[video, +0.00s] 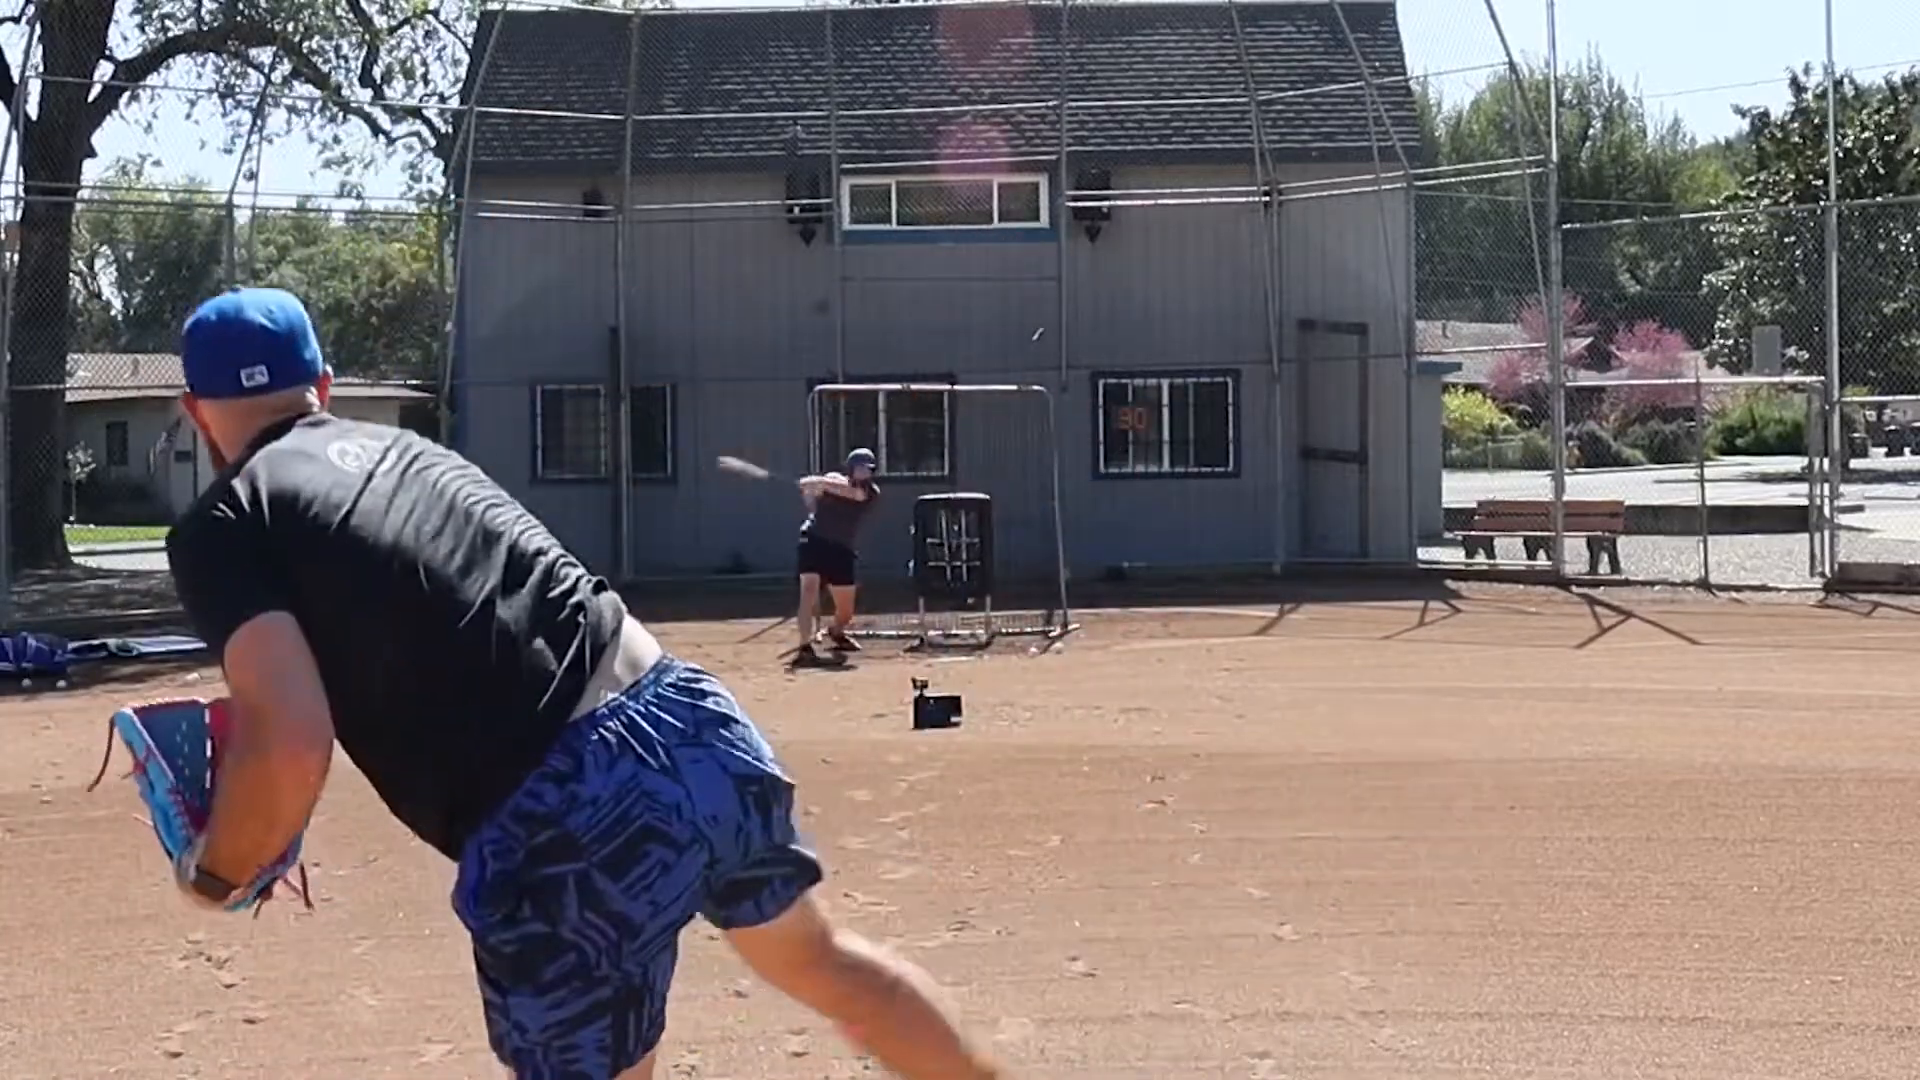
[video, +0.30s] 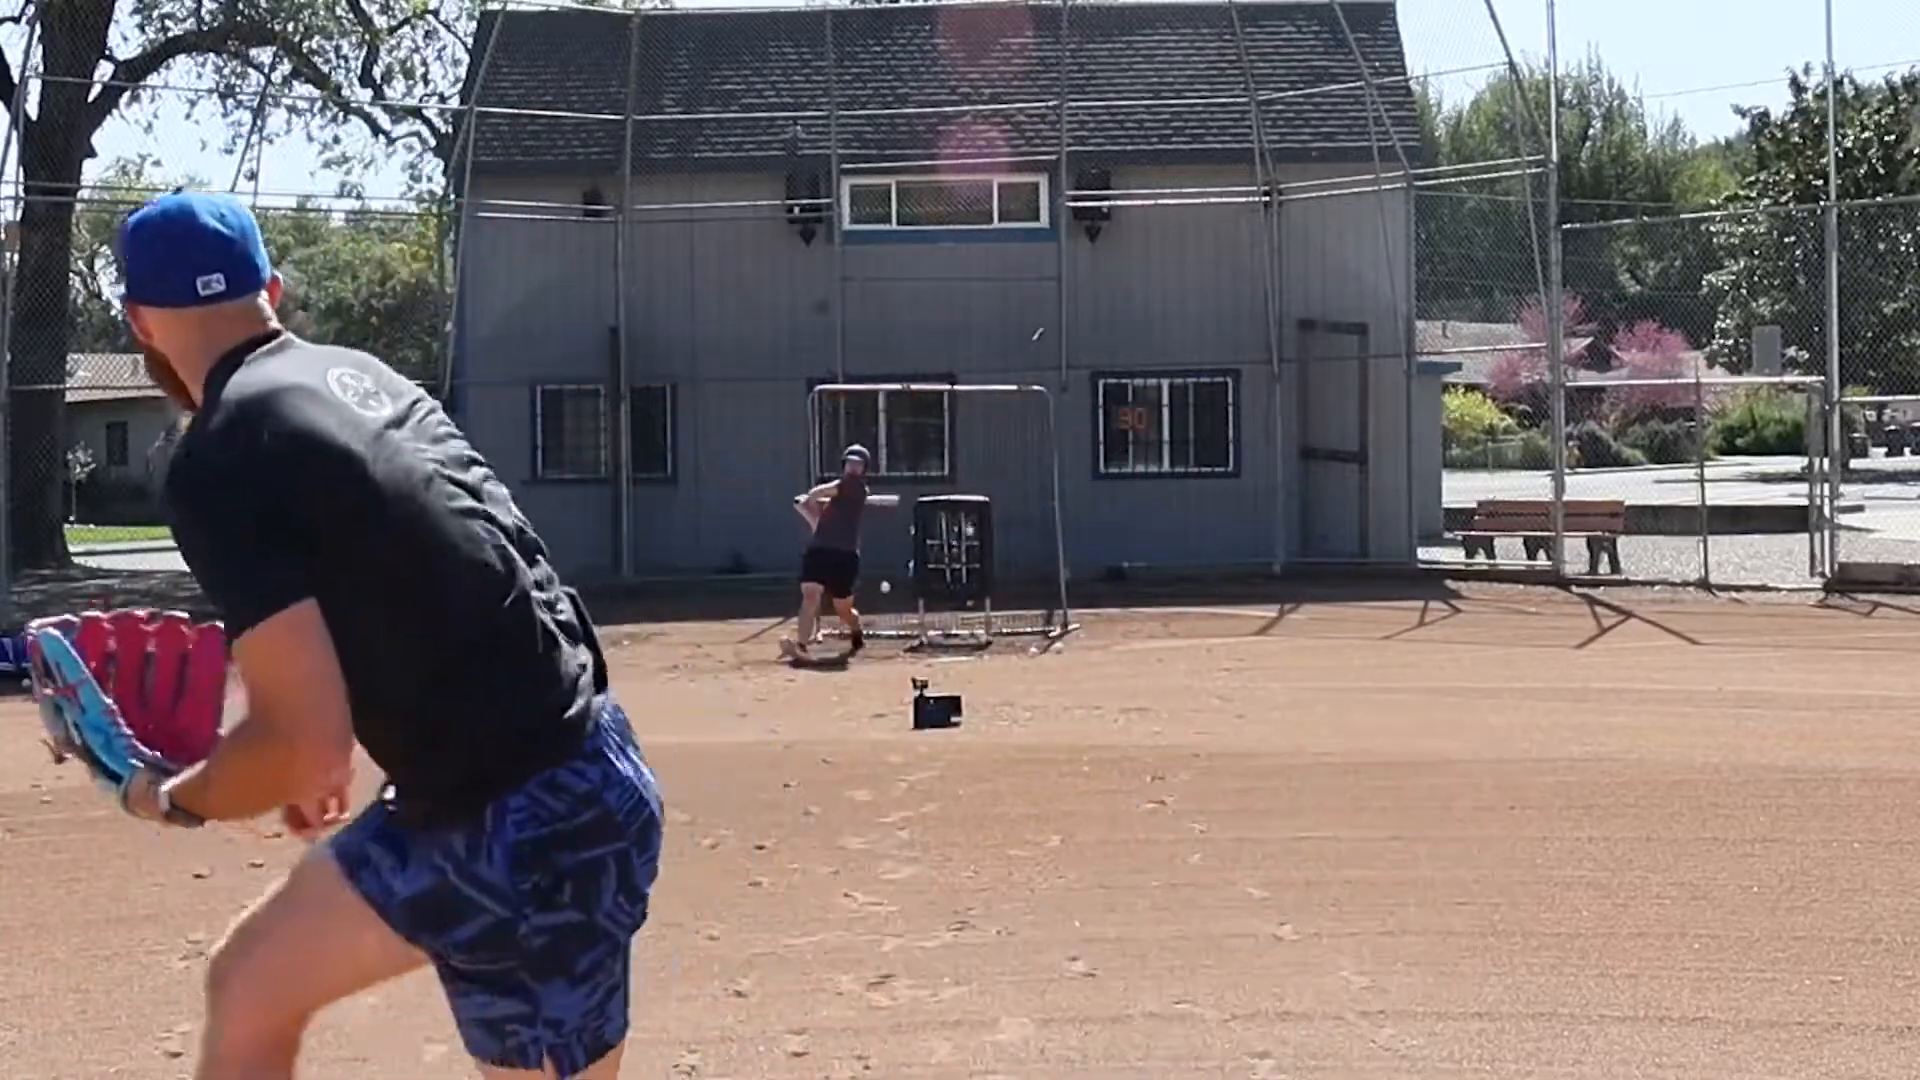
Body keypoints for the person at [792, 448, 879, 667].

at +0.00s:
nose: (866, 473)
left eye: (869, 469)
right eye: (862, 468)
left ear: (872, 471)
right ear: (851, 467)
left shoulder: (871, 491)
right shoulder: (834, 479)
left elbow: (847, 491)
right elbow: (804, 484)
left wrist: (821, 485)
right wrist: (825, 483)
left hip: (842, 547)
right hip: (815, 541)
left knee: (846, 609)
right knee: (809, 592)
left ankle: (836, 632)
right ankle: (805, 646)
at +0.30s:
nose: (853, 469)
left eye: (858, 465)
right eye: (850, 463)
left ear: (864, 469)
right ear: (843, 465)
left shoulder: (855, 487)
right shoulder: (837, 490)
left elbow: (817, 492)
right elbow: (800, 502)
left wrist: (815, 497)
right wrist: (815, 522)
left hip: (844, 551)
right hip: (820, 548)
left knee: (843, 609)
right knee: (810, 595)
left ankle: (855, 630)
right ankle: (801, 645)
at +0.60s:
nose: (858, 470)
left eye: (863, 466)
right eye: (854, 465)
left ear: (868, 469)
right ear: (848, 466)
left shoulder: (868, 492)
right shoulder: (832, 489)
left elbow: (840, 492)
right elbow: (813, 514)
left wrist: (805, 489)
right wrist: (800, 499)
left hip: (848, 551)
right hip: (821, 547)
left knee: (845, 607)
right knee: (813, 594)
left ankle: (858, 629)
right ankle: (803, 642)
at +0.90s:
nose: (857, 451)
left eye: (858, 447)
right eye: (853, 447)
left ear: (842, 448)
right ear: (842, 448)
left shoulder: (832, 466)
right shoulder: (844, 469)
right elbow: (873, 493)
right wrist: (874, 474)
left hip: (815, 534)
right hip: (825, 536)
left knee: (852, 582)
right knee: (867, 566)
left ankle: (840, 632)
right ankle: (839, 614)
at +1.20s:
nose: (858, 460)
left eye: (860, 455)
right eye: (853, 455)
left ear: (860, 456)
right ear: (843, 455)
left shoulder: (833, 471)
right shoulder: (846, 477)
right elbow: (869, 500)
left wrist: (861, 479)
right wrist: (866, 481)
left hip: (821, 539)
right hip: (820, 542)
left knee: (851, 586)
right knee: (853, 587)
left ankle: (836, 632)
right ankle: (831, 632)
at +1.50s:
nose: (852, 458)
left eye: (853, 453)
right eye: (848, 453)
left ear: (843, 455)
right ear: (836, 455)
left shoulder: (821, 475)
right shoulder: (838, 479)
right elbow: (862, 509)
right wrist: (860, 491)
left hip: (825, 545)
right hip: (818, 546)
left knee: (851, 592)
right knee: (840, 600)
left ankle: (837, 636)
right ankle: (812, 645)